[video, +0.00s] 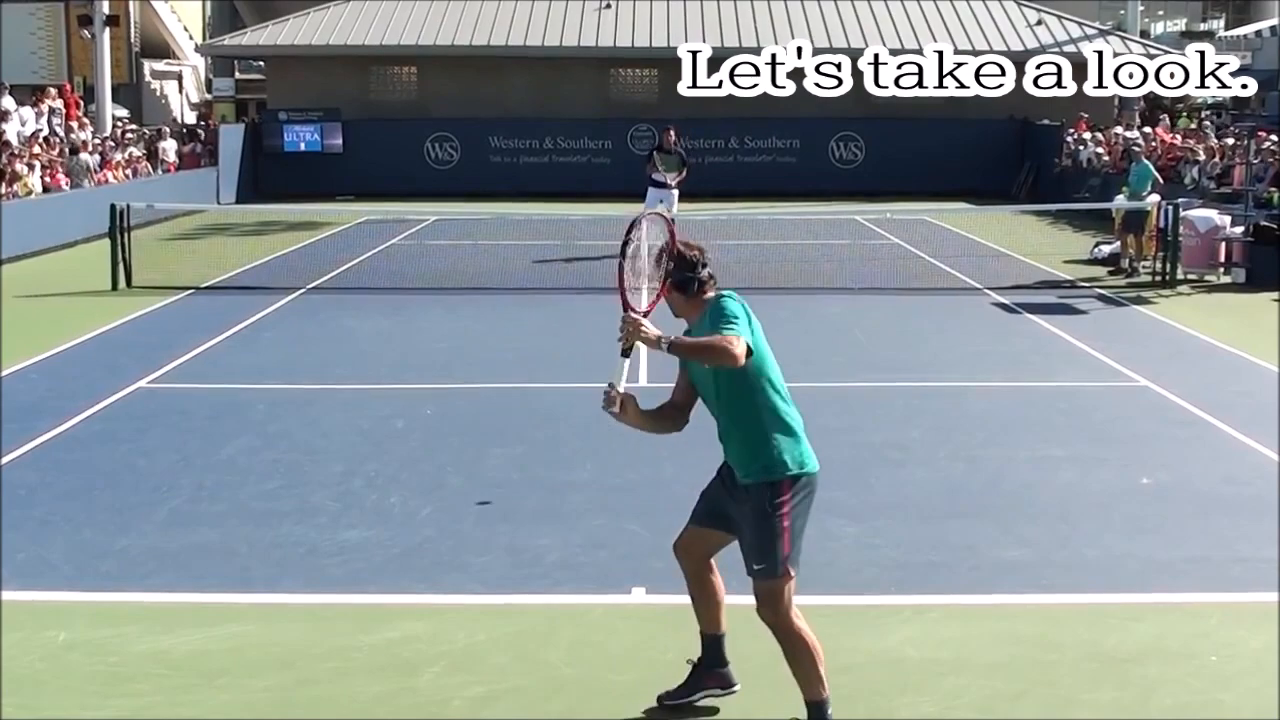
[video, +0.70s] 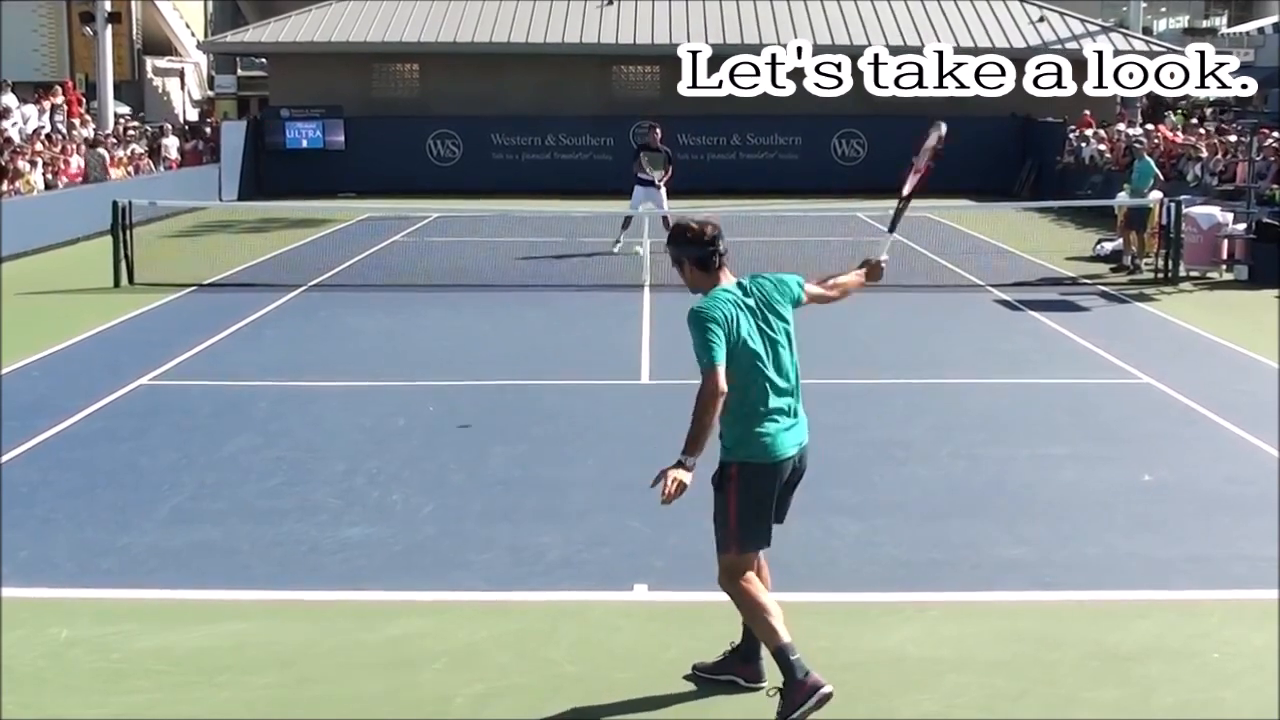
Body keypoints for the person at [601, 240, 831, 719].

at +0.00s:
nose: (661, 295)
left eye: (662, 286)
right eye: (662, 287)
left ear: (672, 287)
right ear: (703, 279)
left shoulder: (725, 307)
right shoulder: (695, 339)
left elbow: (734, 352)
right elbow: (674, 416)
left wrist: (661, 341)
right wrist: (633, 414)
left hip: (779, 471)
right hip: (741, 469)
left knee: (776, 607)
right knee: (692, 550)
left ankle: (821, 713)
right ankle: (714, 668)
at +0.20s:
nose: (674, 297)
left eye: (678, 286)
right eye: (666, 292)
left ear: (698, 281)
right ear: (664, 300)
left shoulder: (735, 302)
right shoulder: (682, 346)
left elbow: (796, 318)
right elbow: (677, 410)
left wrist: (718, 305)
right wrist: (666, 381)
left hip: (784, 467)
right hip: (740, 468)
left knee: (780, 602)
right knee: (703, 557)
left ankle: (819, 711)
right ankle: (739, 659)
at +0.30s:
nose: (655, 312)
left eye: (656, 303)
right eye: (655, 303)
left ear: (669, 303)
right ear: (687, 298)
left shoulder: (736, 311)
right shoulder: (681, 350)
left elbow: (814, 342)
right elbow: (680, 425)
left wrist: (750, 339)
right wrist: (679, 404)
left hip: (783, 471)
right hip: (741, 471)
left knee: (755, 600)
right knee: (703, 550)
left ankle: (812, 710)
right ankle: (741, 659)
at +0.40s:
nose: (654, 318)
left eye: (653, 308)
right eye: (652, 309)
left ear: (664, 307)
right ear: (690, 298)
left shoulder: (738, 330)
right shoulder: (692, 352)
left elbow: (803, 374)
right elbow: (687, 413)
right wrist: (681, 457)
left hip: (781, 474)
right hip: (752, 473)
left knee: (742, 599)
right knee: (715, 543)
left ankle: (805, 706)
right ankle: (742, 661)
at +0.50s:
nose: (660, 313)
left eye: (660, 303)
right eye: (657, 305)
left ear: (680, 298)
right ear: (693, 292)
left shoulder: (715, 339)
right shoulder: (731, 320)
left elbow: (757, 410)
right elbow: (722, 403)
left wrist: (744, 485)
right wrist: (694, 458)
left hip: (776, 473)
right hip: (787, 459)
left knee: (748, 596)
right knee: (728, 539)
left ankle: (806, 699)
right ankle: (745, 659)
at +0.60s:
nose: (671, 299)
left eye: (670, 289)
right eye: (667, 290)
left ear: (684, 284)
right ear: (710, 275)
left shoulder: (706, 329)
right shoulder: (761, 304)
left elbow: (731, 410)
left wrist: (717, 486)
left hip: (759, 469)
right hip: (794, 459)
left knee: (749, 587)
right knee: (746, 563)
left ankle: (806, 686)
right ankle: (746, 657)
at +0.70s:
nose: (678, 275)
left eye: (678, 266)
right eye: (677, 266)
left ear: (690, 266)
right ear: (722, 258)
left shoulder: (708, 310)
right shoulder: (772, 286)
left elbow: (714, 387)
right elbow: (829, 289)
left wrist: (686, 460)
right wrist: (866, 272)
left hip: (751, 458)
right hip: (790, 448)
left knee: (734, 574)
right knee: (751, 550)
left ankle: (798, 677)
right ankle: (746, 658)